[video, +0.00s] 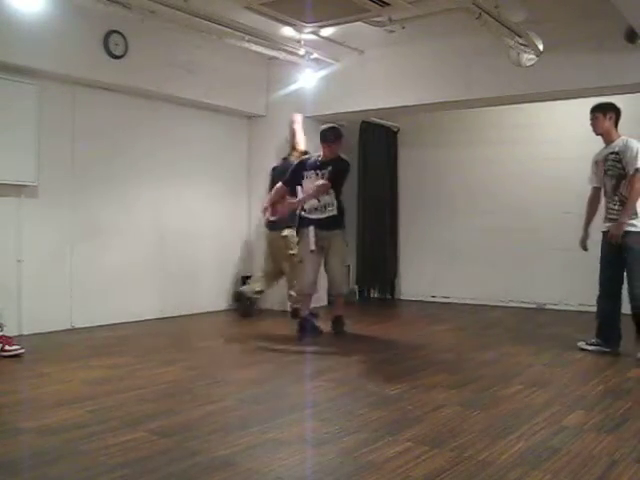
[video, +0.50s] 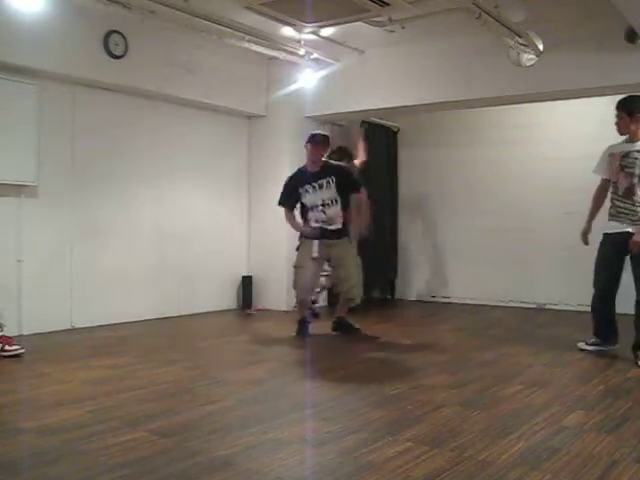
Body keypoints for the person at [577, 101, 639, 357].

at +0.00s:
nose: (592, 124)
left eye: (596, 119)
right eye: (591, 120)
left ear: (611, 119)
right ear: (600, 122)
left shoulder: (631, 147)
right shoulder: (599, 157)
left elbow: (634, 187)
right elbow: (595, 194)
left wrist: (621, 223)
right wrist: (586, 229)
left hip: (632, 230)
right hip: (610, 231)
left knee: (634, 291)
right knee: (608, 289)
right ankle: (607, 340)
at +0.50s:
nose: (616, 122)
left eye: (620, 117)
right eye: (616, 117)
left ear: (633, 118)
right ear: (629, 119)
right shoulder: (615, 150)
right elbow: (603, 188)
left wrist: (637, 233)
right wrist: (589, 222)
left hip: (635, 230)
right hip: (616, 229)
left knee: (638, 294)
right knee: (603, 286)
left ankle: (637, 347)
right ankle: (605, 338)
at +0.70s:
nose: (628, 126)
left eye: (632, 121)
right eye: (628, 120)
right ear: (630, 122)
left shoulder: (628, 151)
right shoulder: (623, 150)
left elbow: (617, 186)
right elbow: (615, 186)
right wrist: (606, 219)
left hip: (635, 228)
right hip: (622, 227)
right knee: (608, 283)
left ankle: (637, 348)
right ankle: (606, 338)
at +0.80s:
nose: (634, 122)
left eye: (635, 117)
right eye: (633, 117)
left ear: (638, 118)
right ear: (632, 118)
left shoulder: (627, 149)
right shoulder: (625, 148)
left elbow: (616, 186)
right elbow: (617, 186)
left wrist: (608, 219)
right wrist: (608, 220)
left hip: (632, 228)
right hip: (625, 227)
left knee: (618, 288)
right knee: (615, 288)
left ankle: (623, 346)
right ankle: (614, 345)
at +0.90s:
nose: (635, 120)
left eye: (636, 116)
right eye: (635, 116)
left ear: (638, 116)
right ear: (633, 116)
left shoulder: (627, 148)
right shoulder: (625, 148)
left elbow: (616, 186)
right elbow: (617, 186)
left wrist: (608, 220)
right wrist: (607, 221)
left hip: (632, 229)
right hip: (627, 228)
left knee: (624, 290)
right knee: (623, 290)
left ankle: (629, 348)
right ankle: (626, 349)